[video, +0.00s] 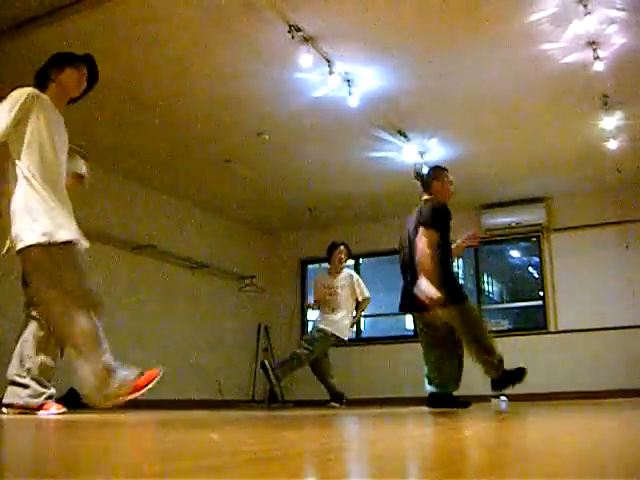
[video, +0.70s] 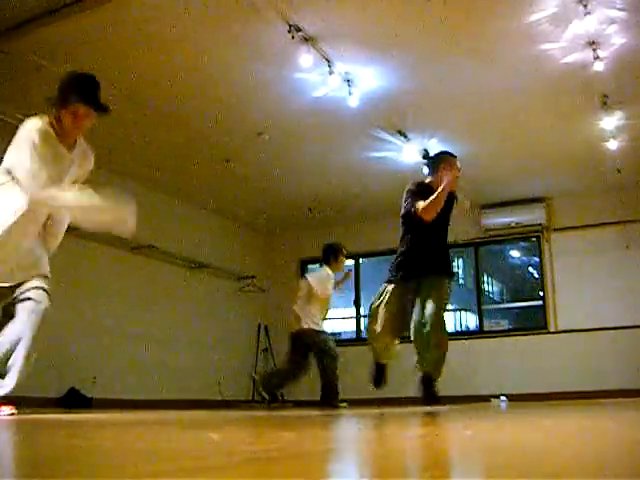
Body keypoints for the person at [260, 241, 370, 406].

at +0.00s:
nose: (341, 258)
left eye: (344, 255)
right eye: (338, 254)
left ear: (346, 259)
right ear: (330, 256)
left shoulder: (350, 277)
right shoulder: (320, 278)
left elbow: (365, 298)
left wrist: (356, 317)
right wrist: (316, 304)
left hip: (339, 324)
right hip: (322, 323)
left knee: (307, 348)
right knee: (318, 364)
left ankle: (278, 372)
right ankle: (337, 396)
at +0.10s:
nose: (346, 254)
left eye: (348, 251)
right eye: (342, 251)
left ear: (349, 255)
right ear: (332, 254)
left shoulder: (351, 275)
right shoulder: (321, 276)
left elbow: (365, 292)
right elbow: (319, 297)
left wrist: (359, 308)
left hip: (339, 321)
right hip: (323, 319)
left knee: (303, 330)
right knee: (317, 354)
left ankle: (300, 373)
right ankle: (335, 395)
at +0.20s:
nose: (354, 251)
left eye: (356, 248)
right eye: (352, 247)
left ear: (355, 250)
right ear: (342, 247)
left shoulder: (350, 268)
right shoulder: (325, 259)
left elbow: (349, 289)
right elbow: (311, 258)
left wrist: (347, 292)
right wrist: (335, 259)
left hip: (334, 308)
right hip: (316, 307)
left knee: (315, 336)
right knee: (322, 355)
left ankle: (338, 361)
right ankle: (334, 393)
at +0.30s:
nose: (358, 254)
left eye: (359, 251)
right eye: (356, 249)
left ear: (354, 252)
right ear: (346, 248)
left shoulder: (345, 268)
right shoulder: (327, 257)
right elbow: (307, 262)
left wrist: (338, 291)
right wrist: (327, 277)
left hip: (332, 310)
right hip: (312, 311)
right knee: (325, 348)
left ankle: (355, 357)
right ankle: (332, 389)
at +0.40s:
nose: (359, 262)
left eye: (359, 258)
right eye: (357, 258)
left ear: (348, 260)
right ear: (347, 259)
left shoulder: (341, 276)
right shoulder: (329, 272)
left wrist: (335, 301)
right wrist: (328, 301)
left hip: (329, 315)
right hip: (314, 317)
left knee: (359, 338)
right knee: (335, 353)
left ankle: (356, 363)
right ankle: (328, 397)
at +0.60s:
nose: (353, 272)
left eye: (353, 268)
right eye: (351, 268)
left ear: (339, 269)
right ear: (342, 269)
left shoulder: (326, 283)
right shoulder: (334, 284)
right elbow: (328, 309)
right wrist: (324, 323)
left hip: (305, 332)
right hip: (314, 332)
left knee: (322, 366)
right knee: (339, 363)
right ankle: (332, 399)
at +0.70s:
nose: (344, 263)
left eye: (344, 259)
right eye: (342, 259)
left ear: (328, 260)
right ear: (334, 260)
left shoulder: (324, 275)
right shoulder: (326, 274)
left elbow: (328, 289)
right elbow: (305, 282)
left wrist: (343, 280)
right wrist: (298, 308)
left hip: (300, 328)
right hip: (312, 328)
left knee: (297, 366)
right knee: (329, 358)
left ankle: (269, 383)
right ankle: (330, 398)